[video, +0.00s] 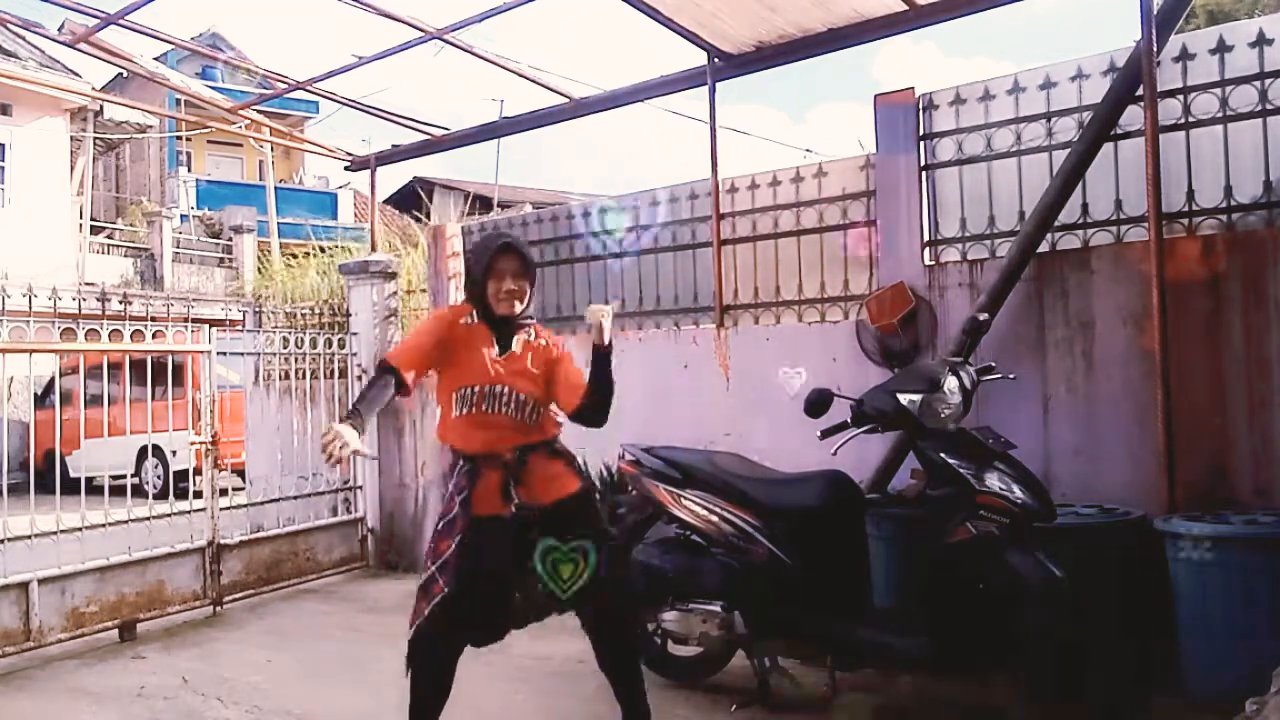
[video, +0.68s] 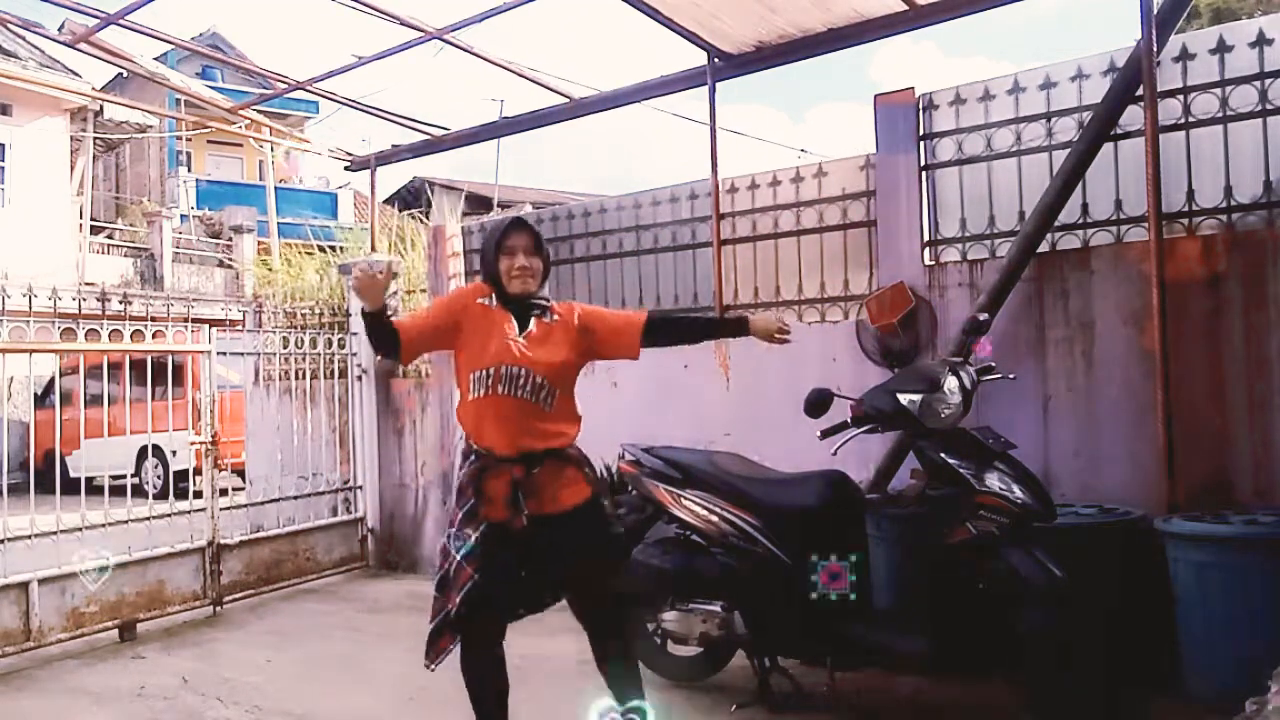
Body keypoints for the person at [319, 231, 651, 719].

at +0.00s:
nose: (510, 286)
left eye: (519, 276)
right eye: (498, 276)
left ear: (531, 284)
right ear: (477, 283)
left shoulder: (544, 345)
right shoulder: (449, 326)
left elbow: (593, 413)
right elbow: (391, 373)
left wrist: (601, 345)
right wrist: (354, 424)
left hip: (550, 474)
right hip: (478, 481)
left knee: (605, 601)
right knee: (446, 620)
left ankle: (636, 712)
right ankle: (422, 714)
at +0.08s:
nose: (516, 269)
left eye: (525, 258)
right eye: (504, 260)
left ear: (539, 265)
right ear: (484, 267)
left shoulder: (561, 321)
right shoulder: (458, 322)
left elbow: (624, 368)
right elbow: (413, 392)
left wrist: (613, 299)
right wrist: (364, 454)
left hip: (561, 477)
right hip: (485, 482)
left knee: (608, 595)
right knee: (448, 611)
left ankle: (640, 711)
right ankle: (421, 716)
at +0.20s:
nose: (537, 282)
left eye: (546, 272)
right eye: (525, 274)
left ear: (560, 278)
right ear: (509, 282)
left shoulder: (593, 321)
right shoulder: (498, 343)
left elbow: (668, 312)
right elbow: (468, 431)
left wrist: (618, 269)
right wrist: (429, 498)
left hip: (578, 508)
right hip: (504, 510)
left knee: (624, 618)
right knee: (454, 629)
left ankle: (639, 715)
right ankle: (427, 717)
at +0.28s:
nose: (548, 299)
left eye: (556, 287)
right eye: (534, 291)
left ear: (570, 292)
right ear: (518, 301)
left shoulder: (604, 334)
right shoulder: (506, 369)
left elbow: (679, 318)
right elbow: (482, 447)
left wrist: (643, 312)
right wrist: (447, 476)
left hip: (588, 520)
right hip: (516, 525)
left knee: (630, 637)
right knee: (461, 635)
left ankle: (637, 715)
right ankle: (430, 716)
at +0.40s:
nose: (552, 271)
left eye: (560, 260)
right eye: (539, 263)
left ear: (574, 265)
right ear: (522, 273)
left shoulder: (606, 316)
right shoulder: (504, 335)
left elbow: (672, 326)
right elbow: (460, 412)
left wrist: (721, 342)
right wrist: (445, 364)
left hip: (587, 486)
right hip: (516, 490)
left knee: (622, 611)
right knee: (470, 615)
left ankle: (639, 712)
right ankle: (437, 714)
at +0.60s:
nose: (533, 256)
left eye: (542, 246)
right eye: (520, 246)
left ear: (555, 254)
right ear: (502, 257)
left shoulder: (582, 313)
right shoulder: (476, 301)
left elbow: (664, 323)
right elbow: (406, 350)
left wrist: (753, 327)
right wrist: (406, 299)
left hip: (572, 475)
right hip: (498, 481)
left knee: (609, 605)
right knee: (480, 612)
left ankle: (638, 711)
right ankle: (491, 717)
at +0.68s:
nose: (521, 262)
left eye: (531, 253)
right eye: (509, 253)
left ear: (544, 263)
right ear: (489, 263)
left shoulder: (572, 320)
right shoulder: (466, 307)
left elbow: (654, 326)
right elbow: (392, 348)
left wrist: (744, 324)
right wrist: (372, 307)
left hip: (562, 482)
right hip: (488, 487)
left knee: (602, 612)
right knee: (477, 626)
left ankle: (635, 713)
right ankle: (490, 717)